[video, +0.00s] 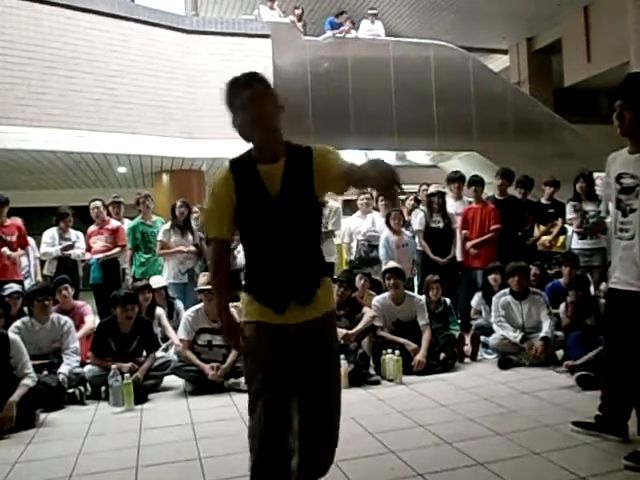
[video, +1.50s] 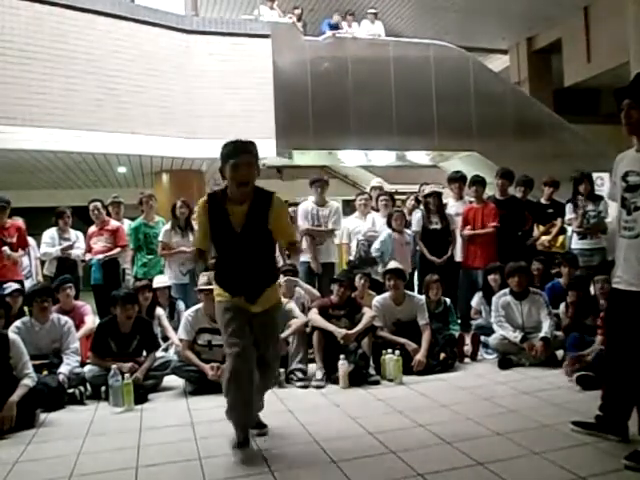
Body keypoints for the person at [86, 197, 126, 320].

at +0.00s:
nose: (96, 211)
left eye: (98, 208)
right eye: (93, 209)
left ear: (104, 209)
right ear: (90, 213)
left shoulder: (116, 226)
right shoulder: (90, 230)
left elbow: (122, 247)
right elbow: (88, 249)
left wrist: (104, 255)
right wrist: (87, 256)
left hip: (110, 262)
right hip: (95, 264)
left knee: (113, 295)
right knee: (100, 298)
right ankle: (104, 325)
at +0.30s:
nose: (96, 212)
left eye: (98, 208)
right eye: (93, 210)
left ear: (104, 210)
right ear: (90, 213)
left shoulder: (116, 226)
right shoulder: (91, 230)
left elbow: (122, 247)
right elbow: (89, 249)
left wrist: (105, 256)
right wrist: (87, 256)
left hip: (111, 262)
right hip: (96, 264)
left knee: (113, 295)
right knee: (100, 298)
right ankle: (104, 325)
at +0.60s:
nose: (96, 212)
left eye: (98, 208)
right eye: (93, 210)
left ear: (104, 210)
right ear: (90, 213)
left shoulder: (116, 226)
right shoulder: (91, 230)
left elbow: (122, 247)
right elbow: (89, 249)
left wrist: (105, 256)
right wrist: (88, 256)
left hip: (111, 262)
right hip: (96, 264)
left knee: (113, 294)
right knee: (100, 297)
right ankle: (104, 324)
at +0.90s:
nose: (96, 212)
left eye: (98, 209)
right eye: (93, 210)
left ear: (104, 210)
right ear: (90, 213)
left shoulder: (116, 226)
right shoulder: (91, 230)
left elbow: (122, 246)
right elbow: (89, 249)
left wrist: (105, 256)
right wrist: (87, 256)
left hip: (111, 263)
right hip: (96, 264)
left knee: (113, 296)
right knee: (100, 299)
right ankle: (104, 326)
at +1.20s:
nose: (96, 212)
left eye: (98, 209)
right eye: (93, 210)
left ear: (104, 210)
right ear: (90, 213)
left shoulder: (116, 226)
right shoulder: (90, 231)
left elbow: (122, 246)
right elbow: (89, 250)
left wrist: (105, 256)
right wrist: (87, 257)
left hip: (111, 262)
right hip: (96, 264)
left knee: (113, 295)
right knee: (100, 298)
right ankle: (104, 324)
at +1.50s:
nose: (95, 213)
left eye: (98, 210)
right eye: (92, 211)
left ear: (104, 210)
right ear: (90, 214)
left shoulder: (116, 226)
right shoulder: (91, 230)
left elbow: (122, 246)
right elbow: (88, 250)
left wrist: (105, 256)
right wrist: (88, 256)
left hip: (111, 263)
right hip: (96, 265)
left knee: (113, 296)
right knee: (100, 300)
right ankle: (104, 326)